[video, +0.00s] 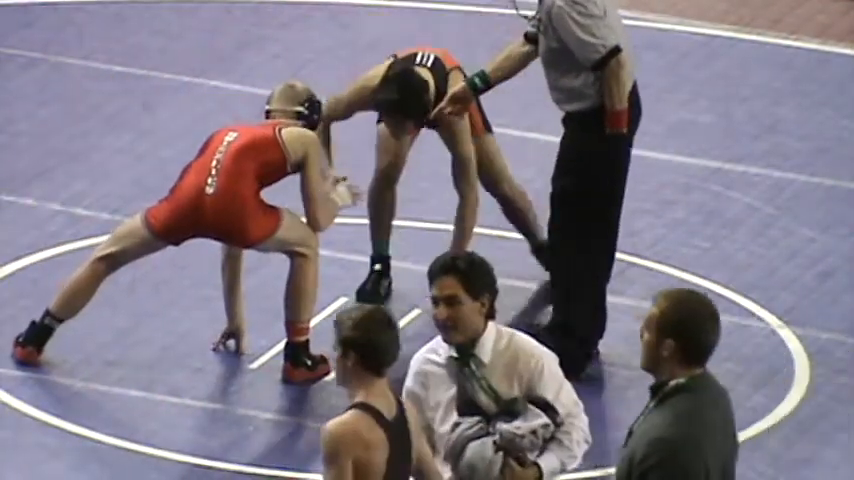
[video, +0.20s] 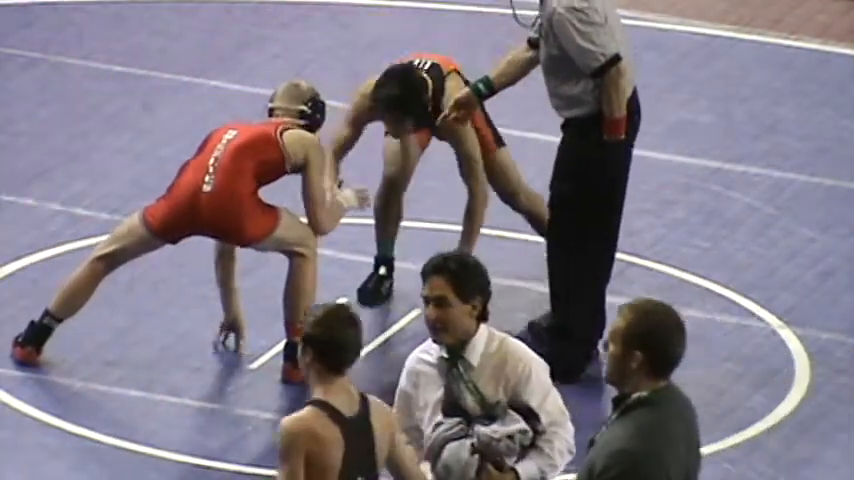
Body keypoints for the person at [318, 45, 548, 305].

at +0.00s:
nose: (393, 128)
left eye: (401, 121)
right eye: (390, 119)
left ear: (422, 110)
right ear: (383, 101)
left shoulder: (451, 105)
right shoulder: (370, 90)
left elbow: (468, 192)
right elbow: (322, 115)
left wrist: (456, 260)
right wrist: (326, 171)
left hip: (452, 88)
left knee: (500, 183)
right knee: (385, 175)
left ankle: (542, 248)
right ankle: (379, 268)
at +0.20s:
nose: (389, 130)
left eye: (397, 123)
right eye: (385, 121)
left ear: (420, 110)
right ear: (379, 107)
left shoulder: (452, 110)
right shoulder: (367, 101)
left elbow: (479, 193)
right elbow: (334, 153)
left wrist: (461, 261)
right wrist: (330, 192)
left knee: (516, 196)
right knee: (392, 182)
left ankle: (579, 250)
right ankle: (382, 269)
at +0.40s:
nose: (385, 120)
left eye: (393, 111)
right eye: (380, 110)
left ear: (419, 99)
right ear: (374, 99)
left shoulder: (450, 87)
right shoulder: (367, 107)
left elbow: (505, 129)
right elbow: (350, 171)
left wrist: (489, 197)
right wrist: (355, 206)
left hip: (457, 121)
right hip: (410, 126)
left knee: (521, 187)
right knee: (391, 185)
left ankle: (575, 250)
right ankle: (383, 270)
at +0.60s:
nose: (376, 135)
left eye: (382, 127)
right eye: (372, 126)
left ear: (403, 115)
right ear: (365, 117)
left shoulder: (448, 100)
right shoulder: (362, 120)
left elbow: (496, 133)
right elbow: (341, 181)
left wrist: (472, 195)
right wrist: (341, 237)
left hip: (464, 118)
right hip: (417, 127)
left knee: (529, 196)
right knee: (391, 184)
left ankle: (574, 253)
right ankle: (383, 271)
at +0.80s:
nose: (370, 122)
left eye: (377, 116)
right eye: (367, 114)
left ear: (401, 107)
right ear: (362, 106)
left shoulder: (449, 100)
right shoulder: (363, 110)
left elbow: (477, 158)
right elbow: (347, 168)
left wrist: (431, 176)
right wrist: (339, 212)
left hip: (468, 109)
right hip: (421, 119)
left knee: (529, 193)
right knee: (393, 183)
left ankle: (583, 259)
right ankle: (383, 268)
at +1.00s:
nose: (371, 121)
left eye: (378, 114)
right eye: (368, 113)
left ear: (401, 105)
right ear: (362, 104)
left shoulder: (449, 97)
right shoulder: (367, 106)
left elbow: (484, 157)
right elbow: (357, 160)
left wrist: (436, 164)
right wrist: (346, 213)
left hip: (474, 107)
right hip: (424, 116)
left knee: (535, 198)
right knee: (396, 185)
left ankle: (594, 258)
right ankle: (383, 268)